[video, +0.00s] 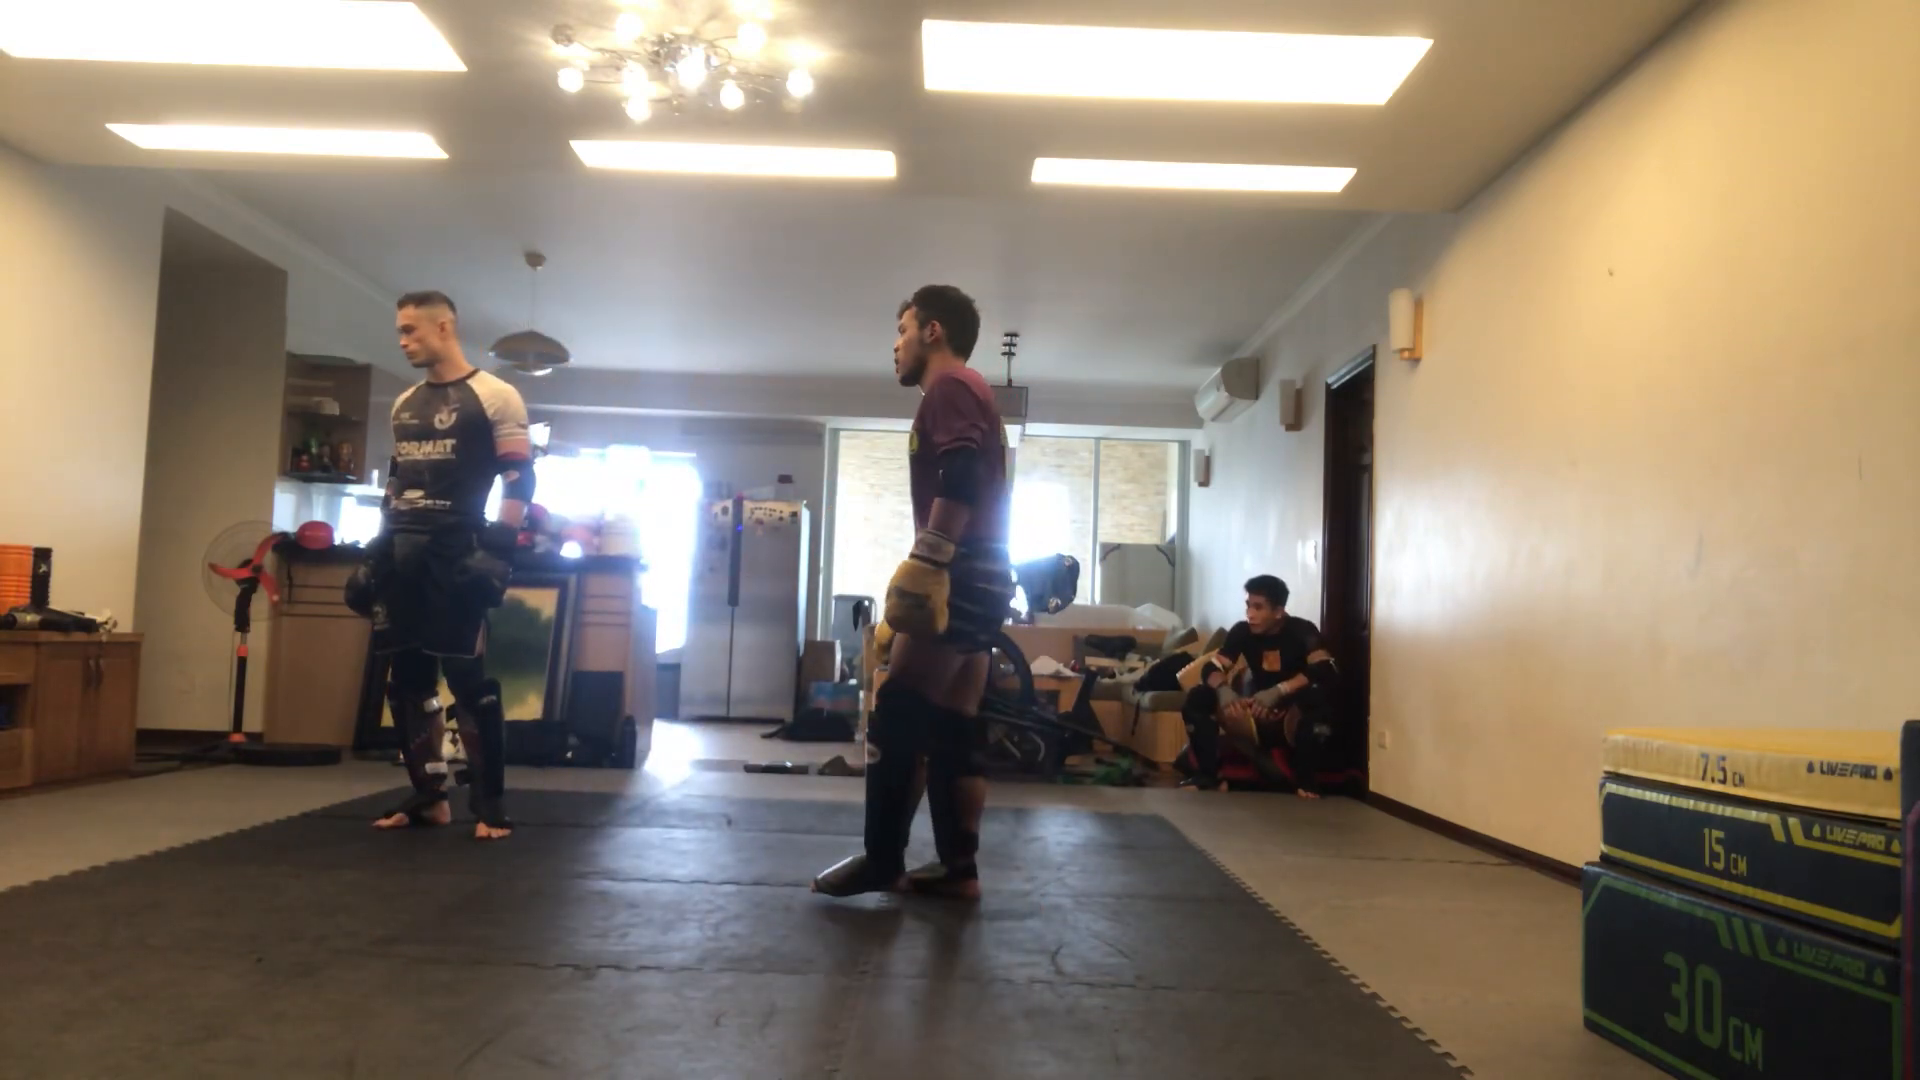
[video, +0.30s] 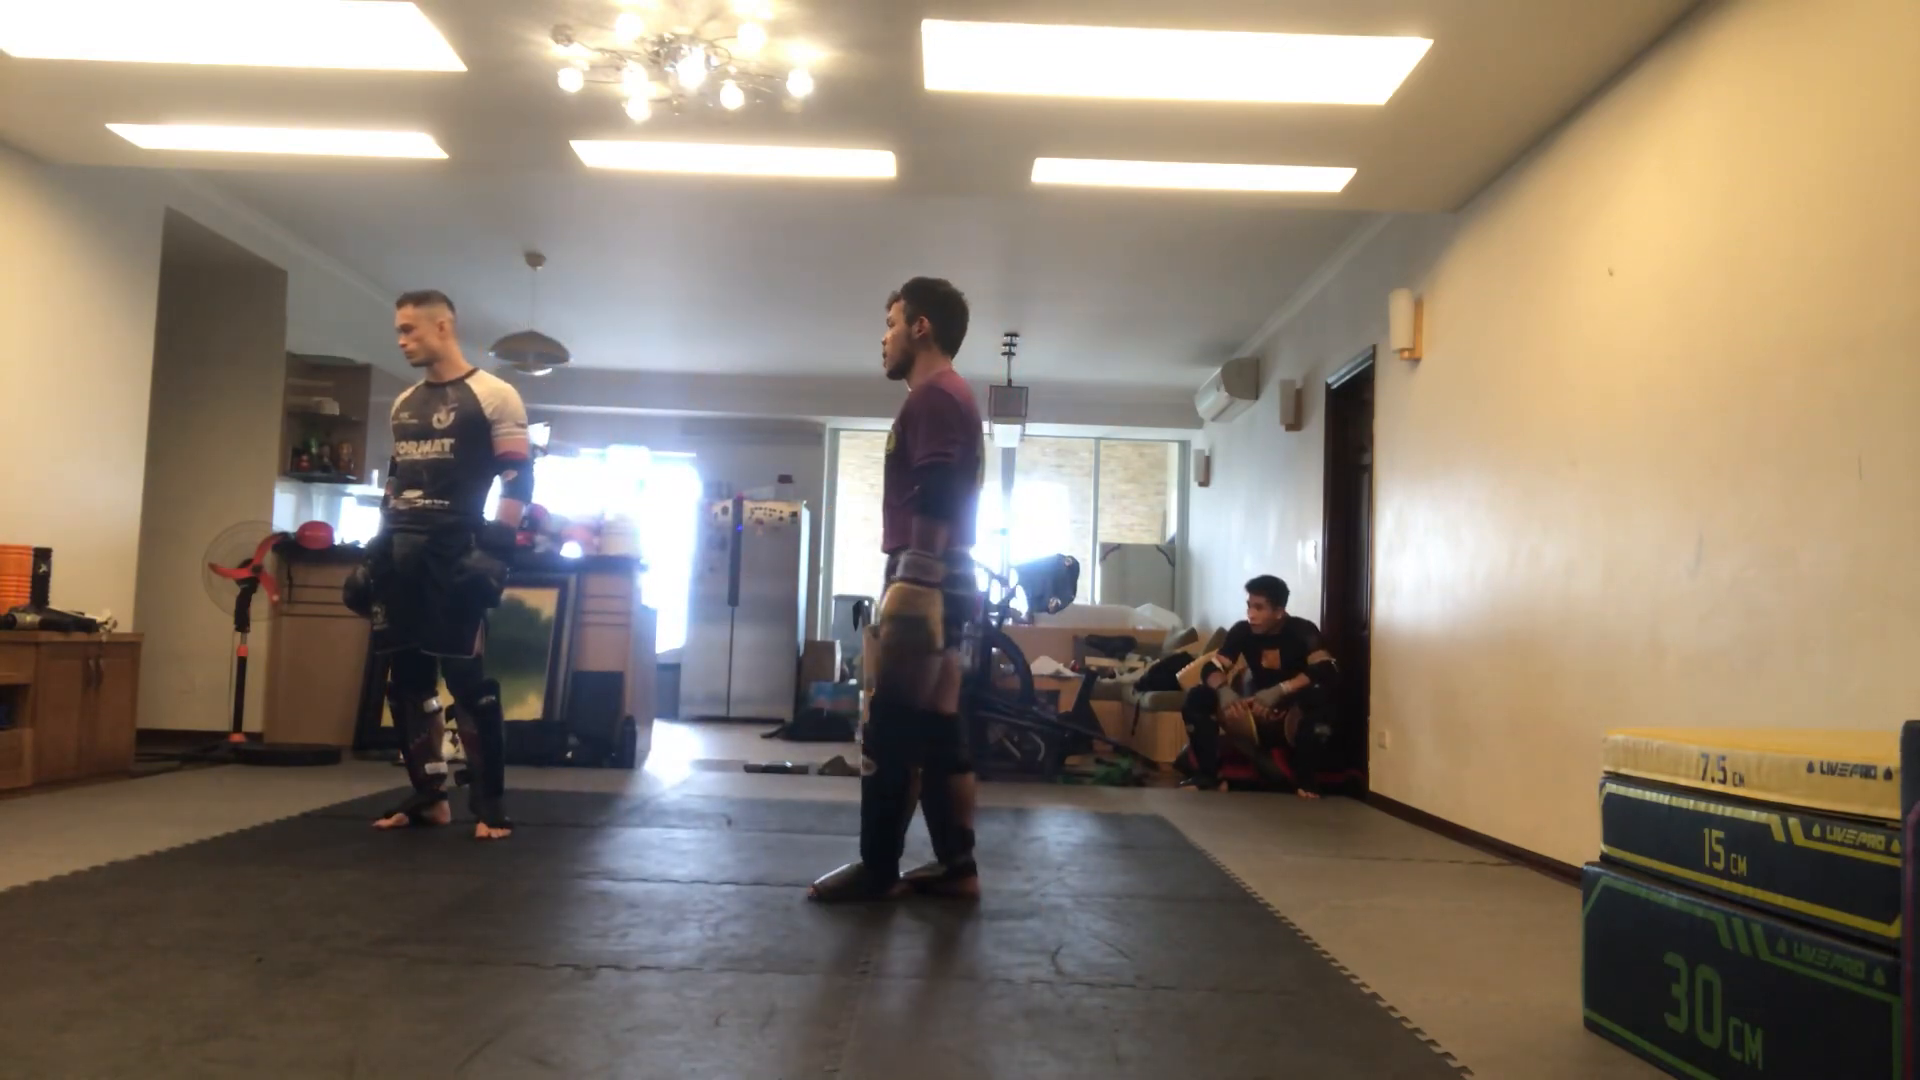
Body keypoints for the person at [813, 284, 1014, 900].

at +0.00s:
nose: (895, 342)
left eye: (902, 329)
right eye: (897, 330)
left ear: (933, 331)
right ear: (943, 335)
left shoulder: (948, 386)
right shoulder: (971, 391)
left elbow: (961, 479)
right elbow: (978, 491)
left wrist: (926, 565)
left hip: (955, 577)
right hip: (981, 578)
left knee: (896, 714)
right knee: (953, 731)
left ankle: (880, 857)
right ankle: (958, 868)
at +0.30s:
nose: (883, 335)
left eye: (890, 322)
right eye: (886, 322)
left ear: (921, 328)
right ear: (928, 331)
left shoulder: (933, 398)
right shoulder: (950, 397)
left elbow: (935, 505)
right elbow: (940, 509)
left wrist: (911, 593)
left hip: (922, 583)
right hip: (947, 585)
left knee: (889, 729)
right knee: (941, 734)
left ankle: (876, 866)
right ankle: (957, 865)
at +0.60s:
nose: (856, 344)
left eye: (863, 331)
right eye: (858, 331)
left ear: (891, 335)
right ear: (907, 338)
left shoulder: (914, 409)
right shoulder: (929, 402)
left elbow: (894, 529)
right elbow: (907, 523)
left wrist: (854, 605)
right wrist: (864, 598)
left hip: (902, 593)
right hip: (916, 590)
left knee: (878, 727)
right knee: (894, 725)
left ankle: (876, 868)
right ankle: (943, 847)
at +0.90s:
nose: (853, 353)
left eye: (855, 341)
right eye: (855, 341)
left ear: (874, 342)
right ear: (910, 344)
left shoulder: (908, 412)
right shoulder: (927, 407)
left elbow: (885, 525)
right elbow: (898, 521)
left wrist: (839, 594)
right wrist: (852, 584)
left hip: (896, 586)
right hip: (911, 583)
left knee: (876, 726)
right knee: (886, 722)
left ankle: (875, 868)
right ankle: (905, 840)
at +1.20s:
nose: (861, 366)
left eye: (865, 353)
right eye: (862, 354)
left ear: (888, 353)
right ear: (909, 357)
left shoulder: (914, 415)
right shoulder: (930, 413)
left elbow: (914, 512)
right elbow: (920, 518)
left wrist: (877, 595)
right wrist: (881, 587)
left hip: (904, 594)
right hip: (918, 592)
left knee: (875, 724)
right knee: (909, 723)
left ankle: (875, 863)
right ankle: (915, 844)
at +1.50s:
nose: (863, 376)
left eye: (865, 363)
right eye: (863, 364)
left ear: (888, 358)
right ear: (908, 361)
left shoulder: (929, 413)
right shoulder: (915, 419)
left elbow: (942, 499)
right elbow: (914, 512)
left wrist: (927, 581)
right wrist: (888, 590)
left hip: (905, 589)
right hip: (906, 586)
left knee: (875, 717)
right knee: (914, 724)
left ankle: (895, 852)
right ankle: (917, 847)